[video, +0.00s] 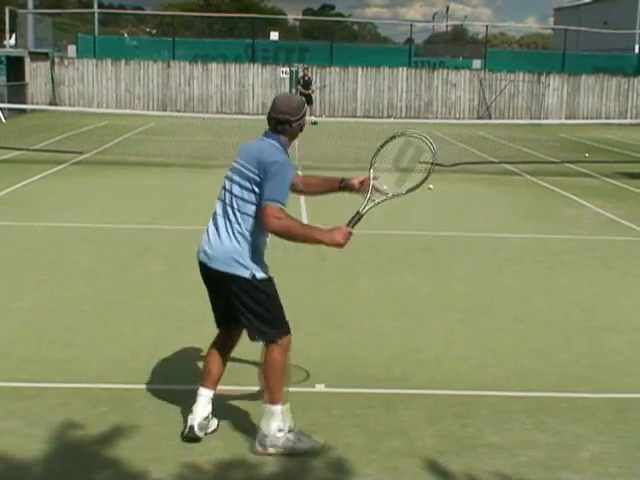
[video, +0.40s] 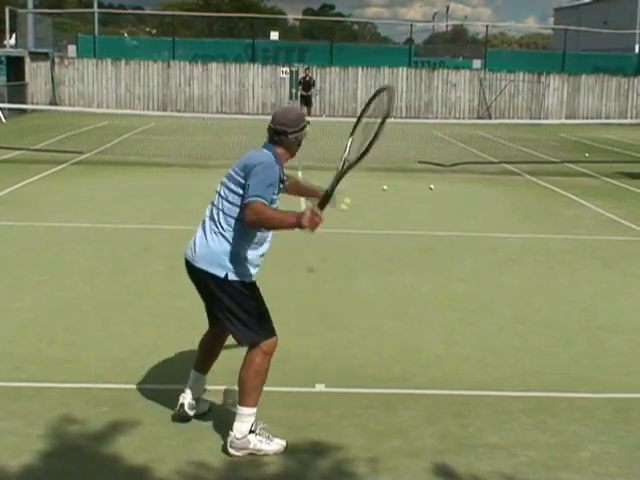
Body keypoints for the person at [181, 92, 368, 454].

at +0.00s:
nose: (305, 127)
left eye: (304, 122)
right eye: (305, 122)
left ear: (270, 121)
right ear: (298, 126)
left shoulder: (253, 149)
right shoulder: (277, 161)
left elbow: (298, 183)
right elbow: (272, 220)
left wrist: (345, 184)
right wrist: (325, 236)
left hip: (211, 257)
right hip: (240, 264)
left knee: (229, 330)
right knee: (279, 338)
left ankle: (199, 414)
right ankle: (275, 428)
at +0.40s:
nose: (304, 139)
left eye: (302, 132)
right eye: (303, 133)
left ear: (270, 132)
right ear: (299, 138)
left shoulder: (257, 158)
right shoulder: (268, 167)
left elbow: (287, 183)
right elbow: (253, 212)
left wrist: (315, 194)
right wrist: (299, 219)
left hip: (202, 258)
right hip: (225, 269)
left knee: (220, 327)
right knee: (265, 342)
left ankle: (191, 397)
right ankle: (243, 432)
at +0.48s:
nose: (299, 137)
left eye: (298, 132)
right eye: (298, 133)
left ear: (267, 130)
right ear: (293, 136)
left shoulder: (254, 157)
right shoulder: (262, 164)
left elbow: (257, 215)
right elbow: (262, 217)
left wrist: (297, 228)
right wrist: (305, 228)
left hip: (201, 257)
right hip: (223, 266)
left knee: (224, 321)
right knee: (260, 341)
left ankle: (190, 395)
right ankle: (242, 431)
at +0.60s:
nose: (286, 126)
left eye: (285, 120)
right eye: (286, 121)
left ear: (253, 118)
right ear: (280, 123)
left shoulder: (228, 145)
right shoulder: (258, 158)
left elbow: (194, 172)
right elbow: (290, 215)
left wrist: (184, 201)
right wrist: (341, 231)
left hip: (197, 252)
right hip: (226, 261)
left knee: (219, 315)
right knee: (253, 335)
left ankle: (190, 392)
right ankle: (243, 428)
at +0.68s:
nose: (275, 115)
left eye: (275, 109)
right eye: (275, 110)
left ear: (242, 106)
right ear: (265, 110)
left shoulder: (208, 137)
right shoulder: (263, 148)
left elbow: (168, 169)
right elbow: (297, 200)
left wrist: (157, 206)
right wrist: (345, 207)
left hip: (196, 247)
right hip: (232, 255)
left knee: (208, 312)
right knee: (245, 331)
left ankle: (188, 393)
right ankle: (246, 423)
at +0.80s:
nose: (258, 102)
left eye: (257, 96)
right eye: (257, 97)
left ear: (224, 98)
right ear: (249, 99)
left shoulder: (194, 134)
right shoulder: (260, 133)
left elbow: (156, 184)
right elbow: (287, 168)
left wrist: (157, 217)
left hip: (204, 245)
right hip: (245, 247)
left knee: (201, 315)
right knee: (248, 326)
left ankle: (191, 392)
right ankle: (245, 415)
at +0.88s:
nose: (250, 100)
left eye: (246, 94)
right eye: (249, 95)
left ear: (216, 98)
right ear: (245, 98)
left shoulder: (194, 138)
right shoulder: (261, 130)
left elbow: (162, 194)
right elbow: (273, 148)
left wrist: (163, 220)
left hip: (207, 243)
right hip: (251, 242)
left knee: (202, 312)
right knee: (254, 322)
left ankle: (192, 394)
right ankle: (252, 411)